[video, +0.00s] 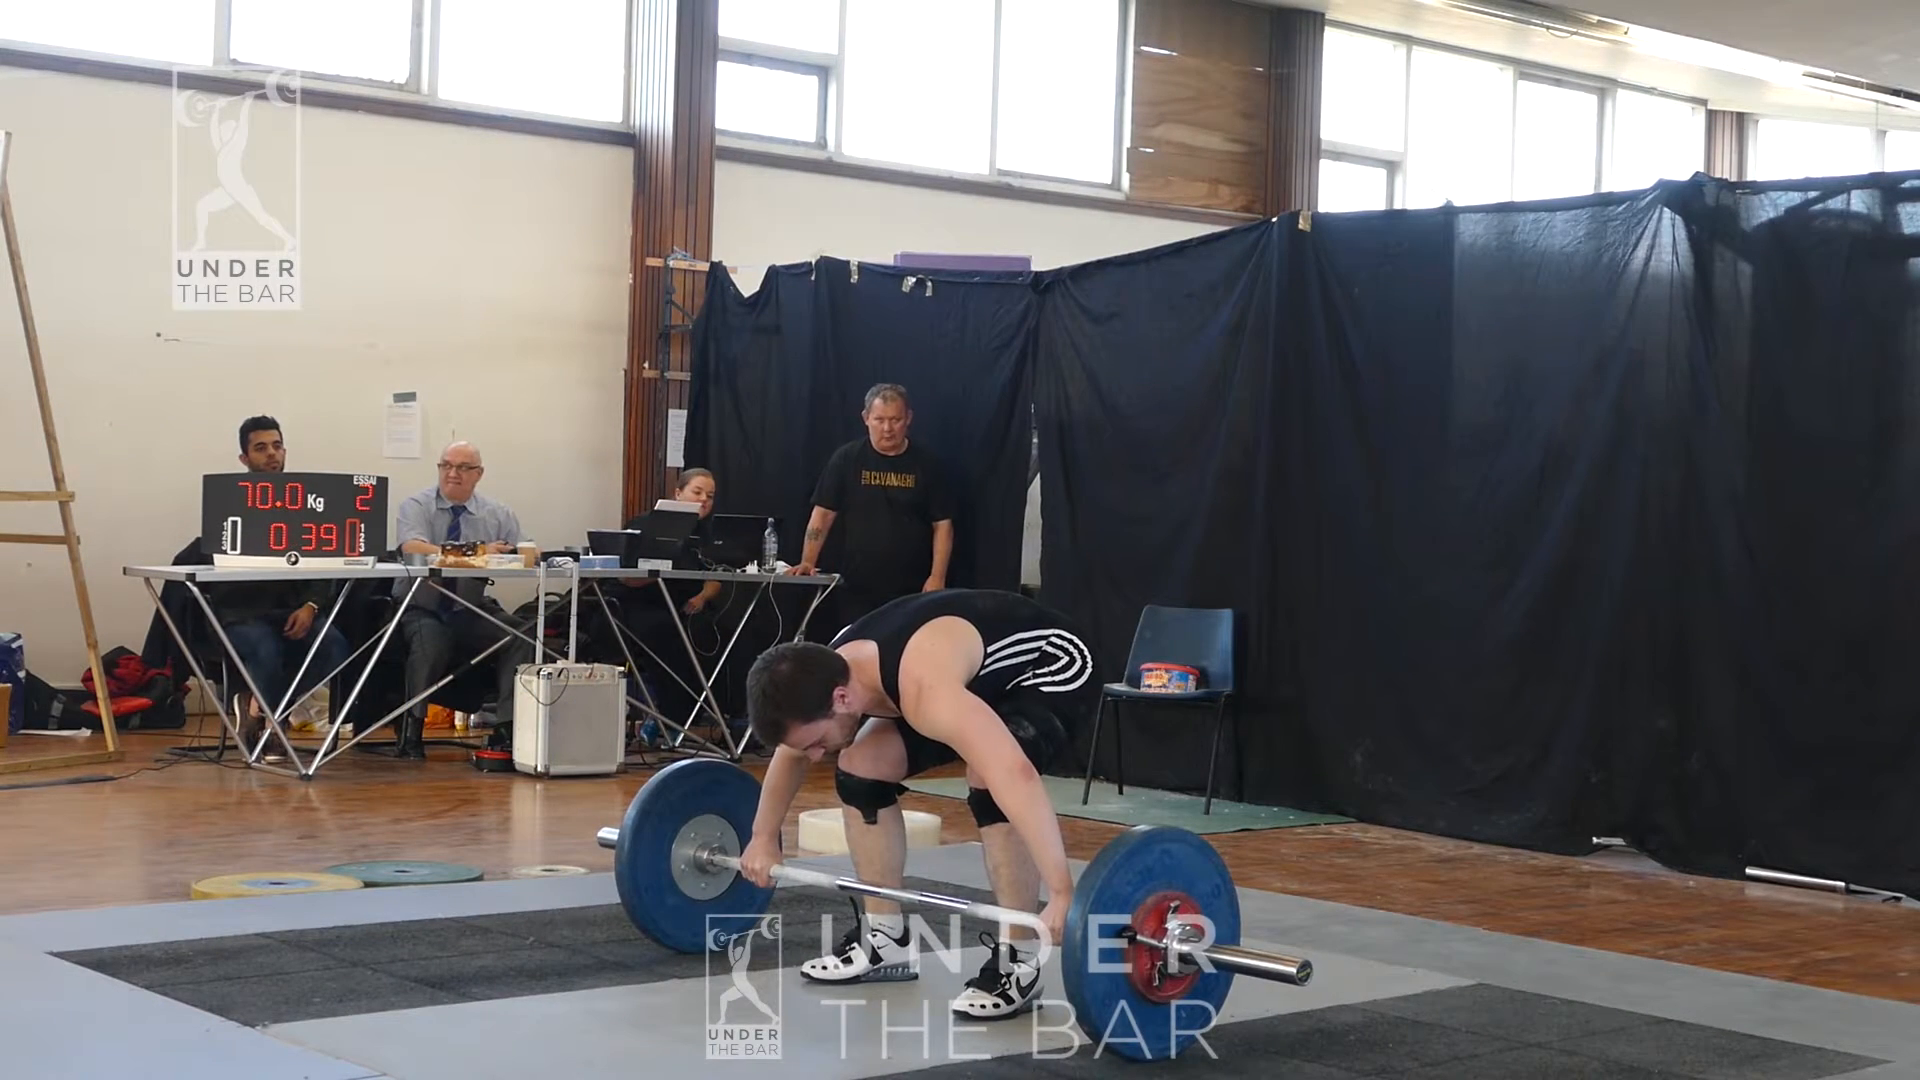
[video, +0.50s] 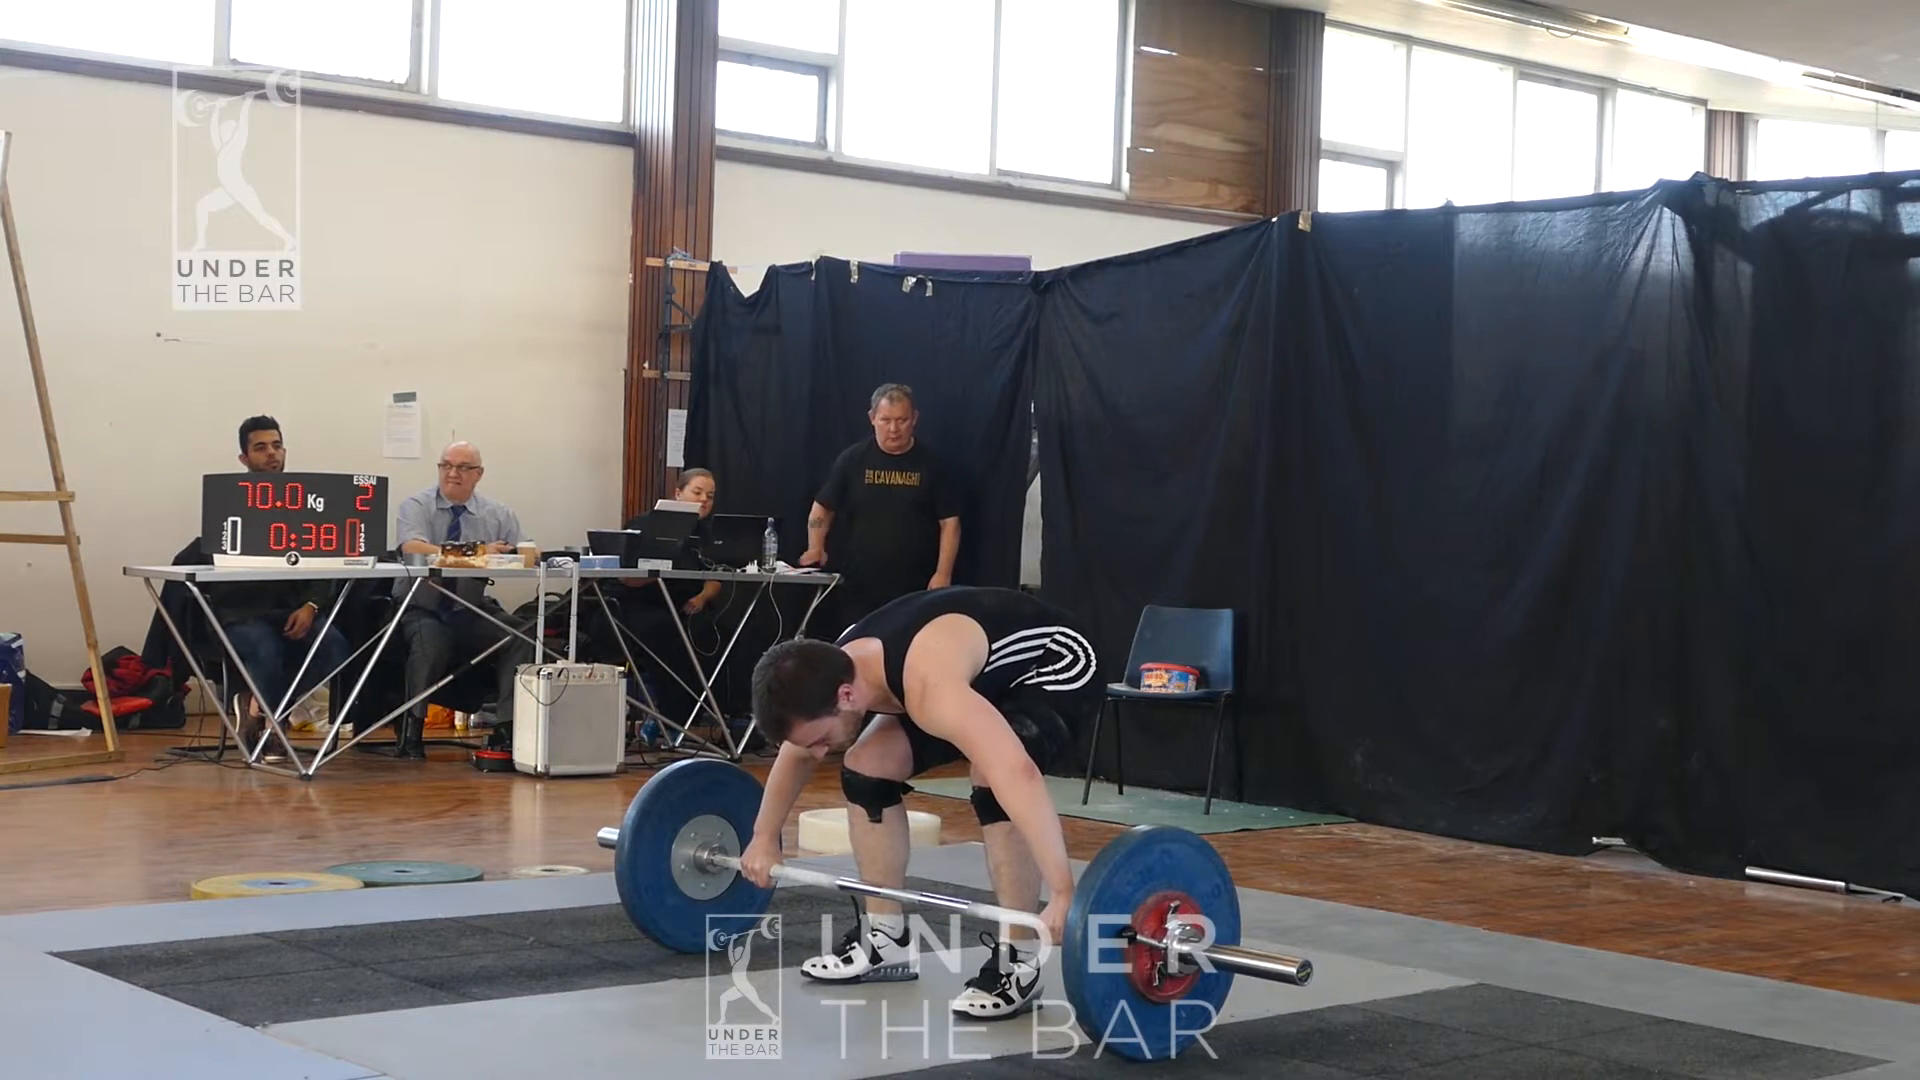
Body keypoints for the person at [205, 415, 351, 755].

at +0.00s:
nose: (272, 453)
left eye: (277, 446)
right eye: (261, 447)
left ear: (284, 450)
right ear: (245, 458)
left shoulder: (303, 497)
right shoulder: (233, 499)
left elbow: (328, 558)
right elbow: (220, 557)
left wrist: (312, 605)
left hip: (294, 607)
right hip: (244, 609)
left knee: (334, 647)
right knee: (265, 648)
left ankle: (256, 707)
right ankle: (274, 732)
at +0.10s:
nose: (271, 453)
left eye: (276, 445)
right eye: (261, 447)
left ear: (284, 450)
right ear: (245, 458)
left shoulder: (302, 497)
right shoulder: (233, 498)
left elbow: (328, 558)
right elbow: (220, 557)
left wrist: (312, 605)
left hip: (294, 607)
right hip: (244, 609)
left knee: (334, 647)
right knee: (265, 648)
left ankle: (256, 707)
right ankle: (274, 732)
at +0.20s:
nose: (271, 453)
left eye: (276, 445)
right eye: (261, 447)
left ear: (284, 450)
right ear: (244, 458)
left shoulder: (302, 497)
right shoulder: (233, 499)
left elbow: (328, 558)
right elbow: (220, 557)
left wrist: (312, 605)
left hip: (294, 607)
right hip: (244, 609)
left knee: (334, 647)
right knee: (265, 648)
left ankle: (256, 707)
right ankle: (274, 732)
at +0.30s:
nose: (271, 453)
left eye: (276, 445)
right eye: (261, 447)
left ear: (284, 450)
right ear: (244, 457)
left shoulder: (302, 496)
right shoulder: (233, 498)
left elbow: (327, 557)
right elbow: (219, 558)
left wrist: (312, 605)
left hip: (293, 607)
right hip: (244, 609)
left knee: (334, 647)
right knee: (266, 650)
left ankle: (255, 707)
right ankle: (273, 733)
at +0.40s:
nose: (271, 453)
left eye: (276, 445)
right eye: (261, 447)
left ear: (284, 450)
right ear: (244, 458)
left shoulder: (303, 497)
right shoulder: (233, 499)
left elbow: (330, 558)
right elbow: (221, 558)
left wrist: (312, 606)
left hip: (294, 607)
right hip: (244, 609)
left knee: (334, 648)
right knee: (265, 649)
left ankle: (257, 707)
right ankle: (274, 734)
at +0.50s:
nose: (272, 453)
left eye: (276, 446)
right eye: (261, 447)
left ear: (284, 450)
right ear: (245, 458)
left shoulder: (303, 497)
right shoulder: (233, 499)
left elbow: (330, 558)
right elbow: (220, 559)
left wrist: (312, 605)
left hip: (294, 608)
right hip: (244, 609)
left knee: (334, 647)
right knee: (265, 648)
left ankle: (256, 708)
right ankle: (273, 734)